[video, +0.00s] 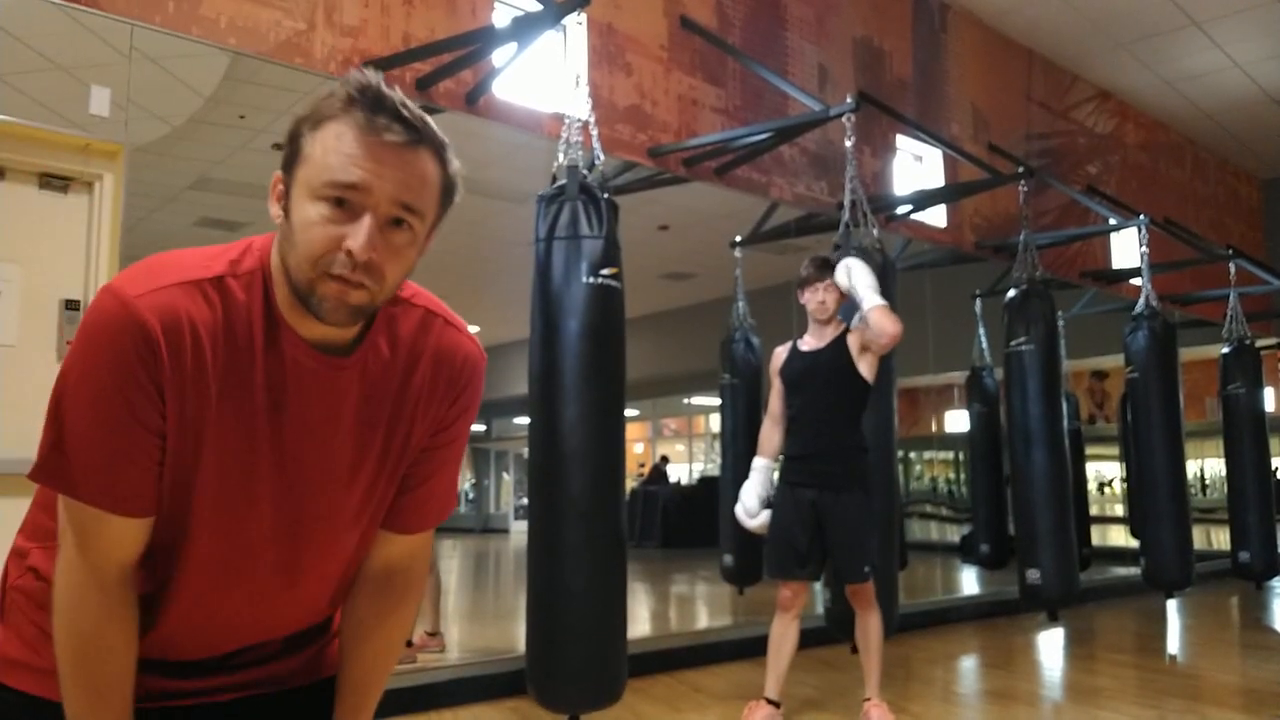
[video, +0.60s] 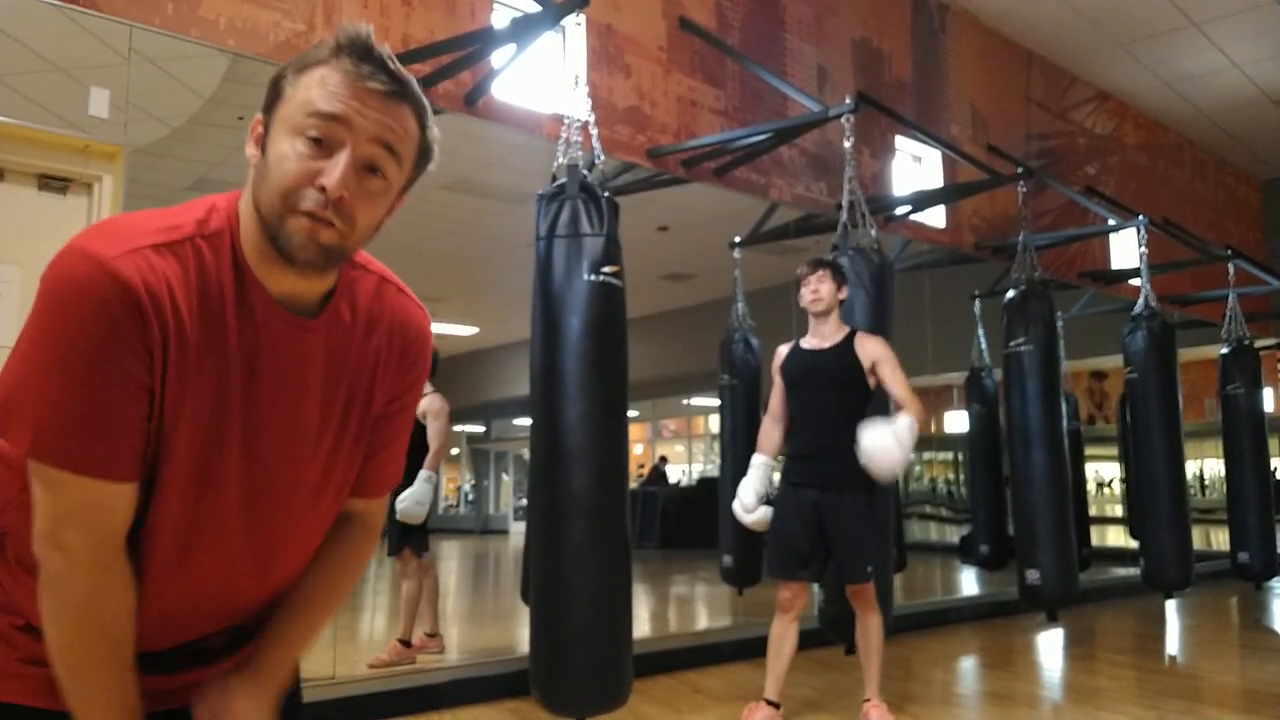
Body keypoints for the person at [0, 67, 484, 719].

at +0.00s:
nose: (360, 248)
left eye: (399, 224)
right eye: (339, 203)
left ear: (423, 245)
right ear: (280, 196)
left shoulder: (445, 361)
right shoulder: (147, 319)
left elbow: (394, 573)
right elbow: (98, 570)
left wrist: (353, 713)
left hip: (285, 677)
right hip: (85, 673)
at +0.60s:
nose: (336, 183)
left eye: (373, 170)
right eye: (317, 141)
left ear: (391, 207)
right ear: (258, 140)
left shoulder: (396, 331)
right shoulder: (114, 278)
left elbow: (357, 522)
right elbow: (79, 552)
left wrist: (260, 681)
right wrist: (114, 707)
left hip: (237, 674)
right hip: (49, 668)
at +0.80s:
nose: (336, 155)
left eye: (373, 142)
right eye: (317, 113)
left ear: (391, 181)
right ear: (257, 116)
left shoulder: (394, 306)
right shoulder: (126, 257)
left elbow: (367, 494)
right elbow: (127, 552)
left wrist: (230, 570)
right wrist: (172, 706)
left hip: (245, 641)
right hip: (54, 651)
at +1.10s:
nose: (394, 156)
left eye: (428, 148)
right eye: (378, 119)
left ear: (441, 187)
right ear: (317, 122)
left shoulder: (428, 316)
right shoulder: (187, 247)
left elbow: (392, 506)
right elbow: (195, 518)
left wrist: (282, 481)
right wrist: (255, 706)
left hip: (270, 641)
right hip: (75, 638)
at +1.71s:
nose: (447, 171)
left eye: (478, 166)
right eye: (435, 133)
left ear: (482, 201)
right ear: (370, 125)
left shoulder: (450, 330)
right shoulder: (225, 239)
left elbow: (413, 494)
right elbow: (199, 495)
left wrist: (327, 581)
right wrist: (297, 687)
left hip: (244, 663)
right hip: (68, 640)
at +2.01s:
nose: (398, 180)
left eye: (429, 168)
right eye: (381, 139)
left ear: (438, 197)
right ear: (313, 127)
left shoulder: (403, 327)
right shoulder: (157, 247)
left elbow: (366, 512)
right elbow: (99, 515)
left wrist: (285, 650)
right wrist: (215, 694)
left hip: (219, 679)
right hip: (46, 668)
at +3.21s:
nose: (384, 116)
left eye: (415, 105)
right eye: (367, 80)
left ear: (426, 139)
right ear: (308, 81)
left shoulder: (411, 283)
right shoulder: (171, 201)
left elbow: (397, 447)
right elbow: (100, 428)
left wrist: (321, 568)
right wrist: (253, 595)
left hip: (274, 660)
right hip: (84, 653)